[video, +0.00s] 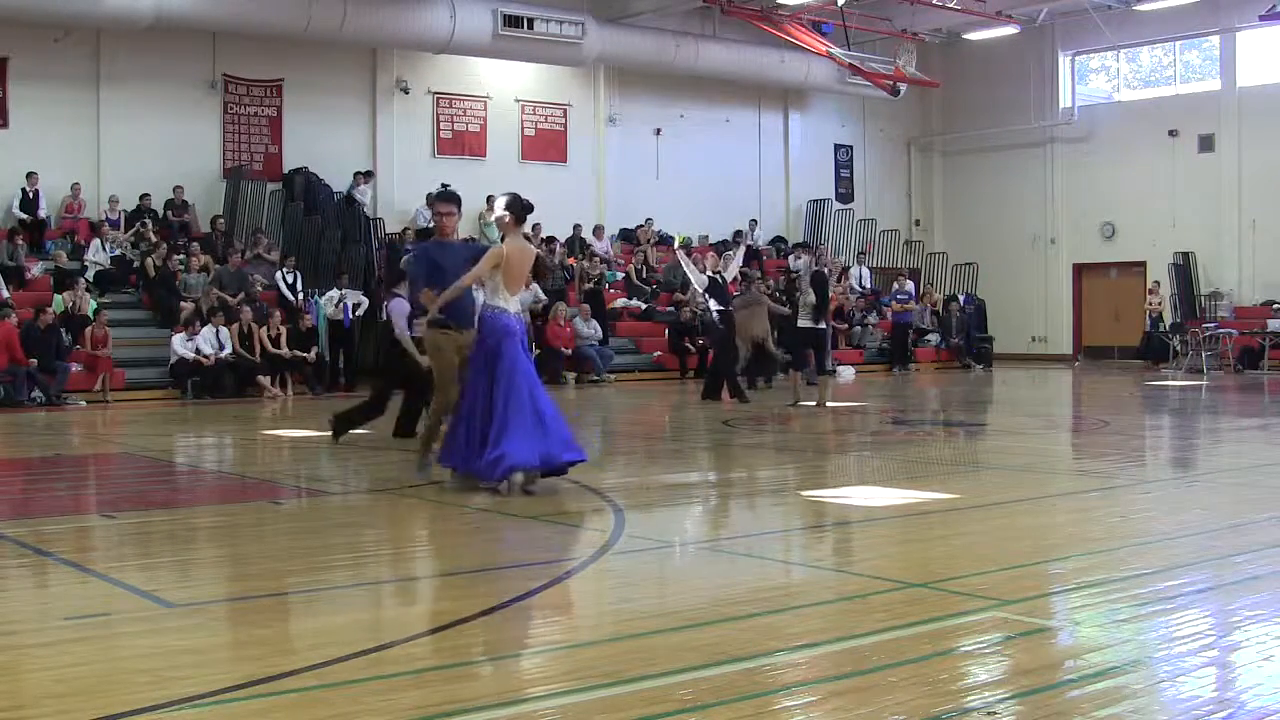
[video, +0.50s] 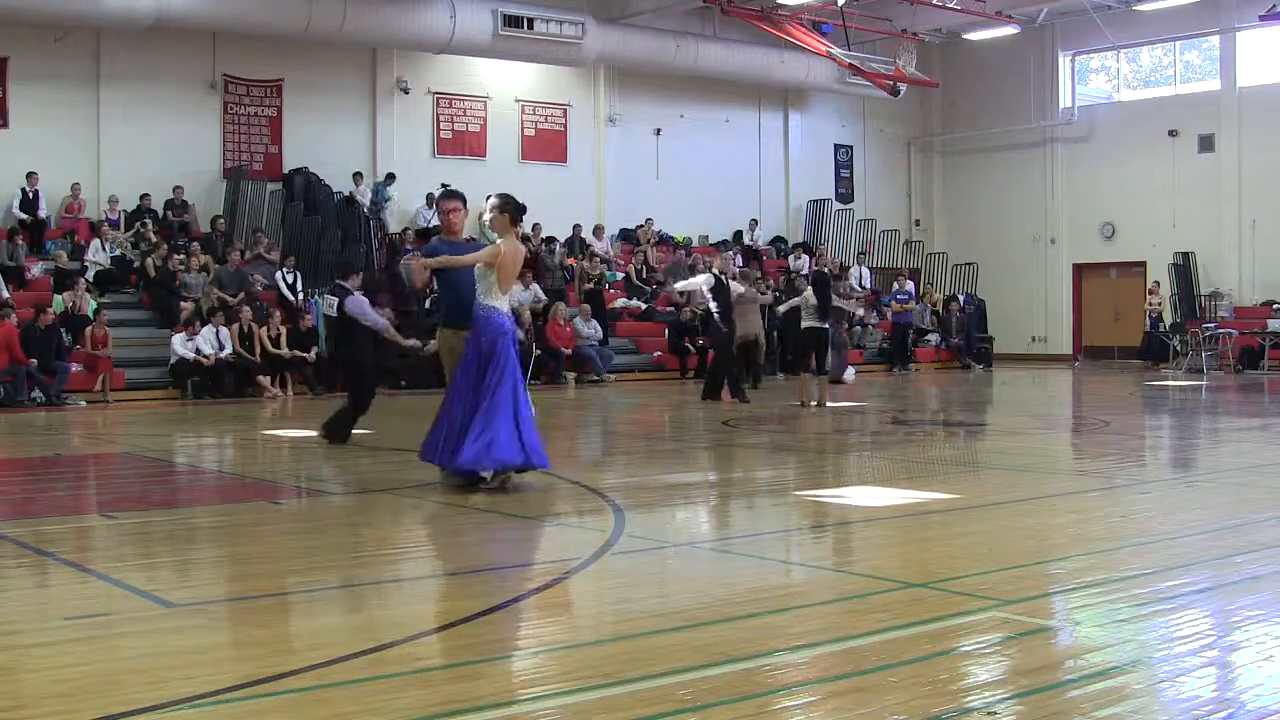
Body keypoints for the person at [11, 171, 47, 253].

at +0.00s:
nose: (36, 181)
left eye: (37, 179)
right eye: (34, 178)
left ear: (38, 180)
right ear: (28, 179)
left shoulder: (39, 193)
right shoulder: (20, 192)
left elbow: (42, 208)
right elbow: (15, 209)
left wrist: (42, 216)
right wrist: (25, 217)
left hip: (36, 217)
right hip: (24, 217)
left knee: (43, 223)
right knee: (33, 226)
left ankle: (39, 248)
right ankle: (32, 249)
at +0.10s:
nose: (36, 181)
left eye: (37, 179)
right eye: (34, 178)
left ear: (38, 180)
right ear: (28, 179)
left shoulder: (39, 193)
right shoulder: (20, 192)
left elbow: (42, 208)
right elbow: (15, 209)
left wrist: (42, 216)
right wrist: (25, 217)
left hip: (36, 217)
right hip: (24, 217)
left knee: (43, 223)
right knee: (33, 226)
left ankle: (39, 248)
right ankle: (32, 249)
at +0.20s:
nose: (37, 181)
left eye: (37, 179)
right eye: (34, 179)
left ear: (38, 180)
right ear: (28, 180)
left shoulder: (39, 193)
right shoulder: (20, 192)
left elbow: (42, 208)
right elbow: (15, 209)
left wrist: (41, 215)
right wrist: (25, 217)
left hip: (36, 217)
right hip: (24, 217)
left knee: (43, 224)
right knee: (34, 227)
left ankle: (39, 247)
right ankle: (32, 248)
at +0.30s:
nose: (37, 181)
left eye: (37, 179)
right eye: (34, 179)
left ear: (38, 180)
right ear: (28, 180)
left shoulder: (39, 193)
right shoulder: (20, 192)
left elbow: (42, 208)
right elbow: (14, 209)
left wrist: (41, 215)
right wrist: (25, 217)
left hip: (36, 216)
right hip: (24, 217)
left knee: (42, 224)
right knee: (34, 227)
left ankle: (39, 248)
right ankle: (32, 248)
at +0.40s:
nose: (37, 181)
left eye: (37, 179)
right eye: (34, 179)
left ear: (38, 180)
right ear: (28, 180)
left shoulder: (39, 193)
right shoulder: (20, 192)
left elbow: (42, 208)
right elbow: (14, 209)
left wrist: (41, 215)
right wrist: (25, 217)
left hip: (36, 216)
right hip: (24, 217)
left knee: (42, 224)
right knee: (34, 227)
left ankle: (39, 248)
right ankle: (32, 248)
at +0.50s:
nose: (37, 181)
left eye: (37, 179)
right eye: (34, 179)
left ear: (38, 180)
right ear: (28, 180)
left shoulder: (39, 193)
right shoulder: (20, 192)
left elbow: (42, 208)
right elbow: (14, 209)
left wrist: (41, 215)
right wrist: (25, 217)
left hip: (36, 216)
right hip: (24, 217)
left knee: (42, 224)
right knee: (34, 227)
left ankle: (39, 248)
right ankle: (32, 248)